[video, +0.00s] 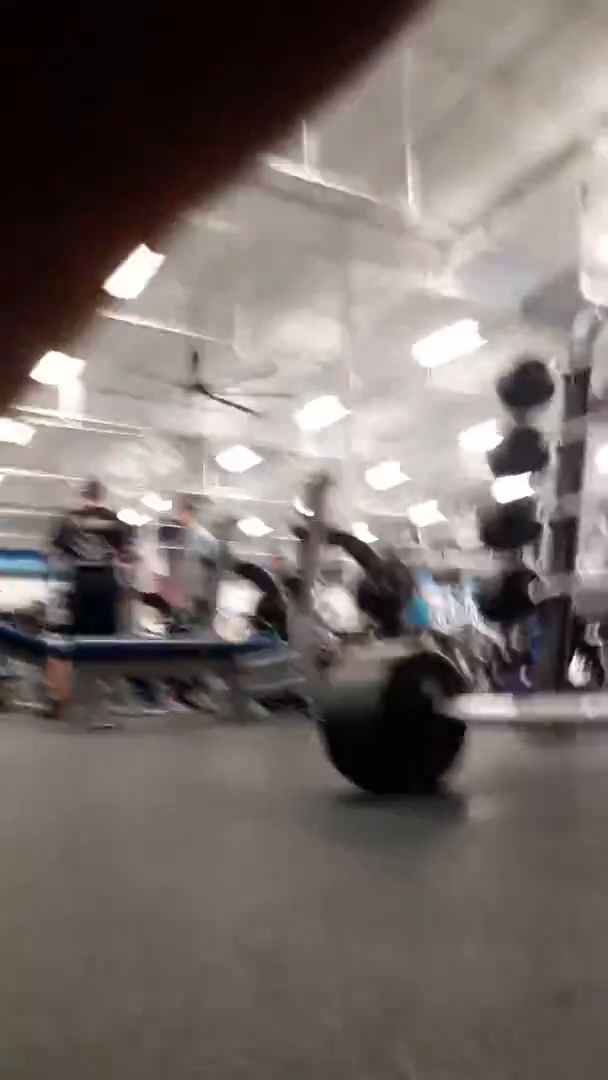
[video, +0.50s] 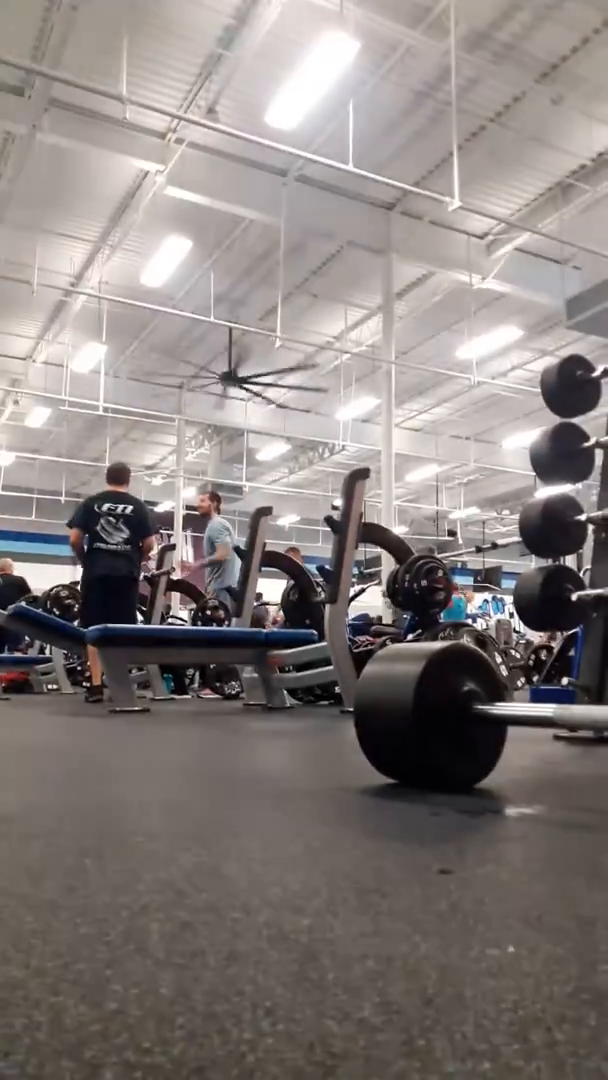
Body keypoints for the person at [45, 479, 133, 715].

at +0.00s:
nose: (91, 499)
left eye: (88, 495)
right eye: (94, 495)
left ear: (82, 495)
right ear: (102, 495)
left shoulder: (71, 520)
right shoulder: (112, 520)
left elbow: (59, 546)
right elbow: (123, 547)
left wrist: (77, 555)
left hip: (82, 580)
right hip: (107, 581)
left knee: (79, 633)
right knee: (107, 634)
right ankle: (108, 692)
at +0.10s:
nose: (142, 517)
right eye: (144, 512)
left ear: (125, 514)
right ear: (146, 514)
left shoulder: (112, 537)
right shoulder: (156, 539)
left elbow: (92, 569)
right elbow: (171, 575)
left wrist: (94, 599)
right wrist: (158, 583)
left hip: (115, 606)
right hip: (146, 607)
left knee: (106, 660)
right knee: (147, 662)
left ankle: (99, 712)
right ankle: (144, 717)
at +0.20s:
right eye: (140, 489)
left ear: (119, 490)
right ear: (141, 490)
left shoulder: (106, 512)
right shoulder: (151, 516)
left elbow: (88, 548)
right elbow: (165, 553)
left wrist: (89, 574)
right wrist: (154, 569)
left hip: (108, 582)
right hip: (139, 583)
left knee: (103, 638)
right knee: (140, 638)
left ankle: (100, 690)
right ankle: (136, 695)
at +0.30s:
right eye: (133, 486)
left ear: (113, 486)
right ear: (135, 487)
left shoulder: (99, 509)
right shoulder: (145, 514)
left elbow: (82, 544)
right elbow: (156, 551)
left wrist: (88, 569)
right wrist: (145, 569)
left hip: (101, 580)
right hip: (131, 580)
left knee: (98, 635)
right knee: (132, 636)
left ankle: (99, 690)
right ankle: (129, 693)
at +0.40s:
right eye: (129, 481)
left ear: (110, 481)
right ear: (131, 482)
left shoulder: (94, 504)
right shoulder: (142, 509)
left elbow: (78, 539)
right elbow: (151, 544)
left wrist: (86, 560)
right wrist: (143, 560)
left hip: (98, 576)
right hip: (129, 577)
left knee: (95, 632)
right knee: (127, 632)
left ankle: (97, 686)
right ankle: (124, 689)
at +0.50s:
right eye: (126, 479)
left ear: (106, 480)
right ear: (128, 481)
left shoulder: (91, 502)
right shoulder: (138, 506)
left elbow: (75, 538)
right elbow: (149, 544)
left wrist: (84, 560)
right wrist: (138, 557)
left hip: (96, 574)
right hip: (126, 575)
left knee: (93, 630)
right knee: (124, 630)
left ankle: (96, 685)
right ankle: (122, 687)